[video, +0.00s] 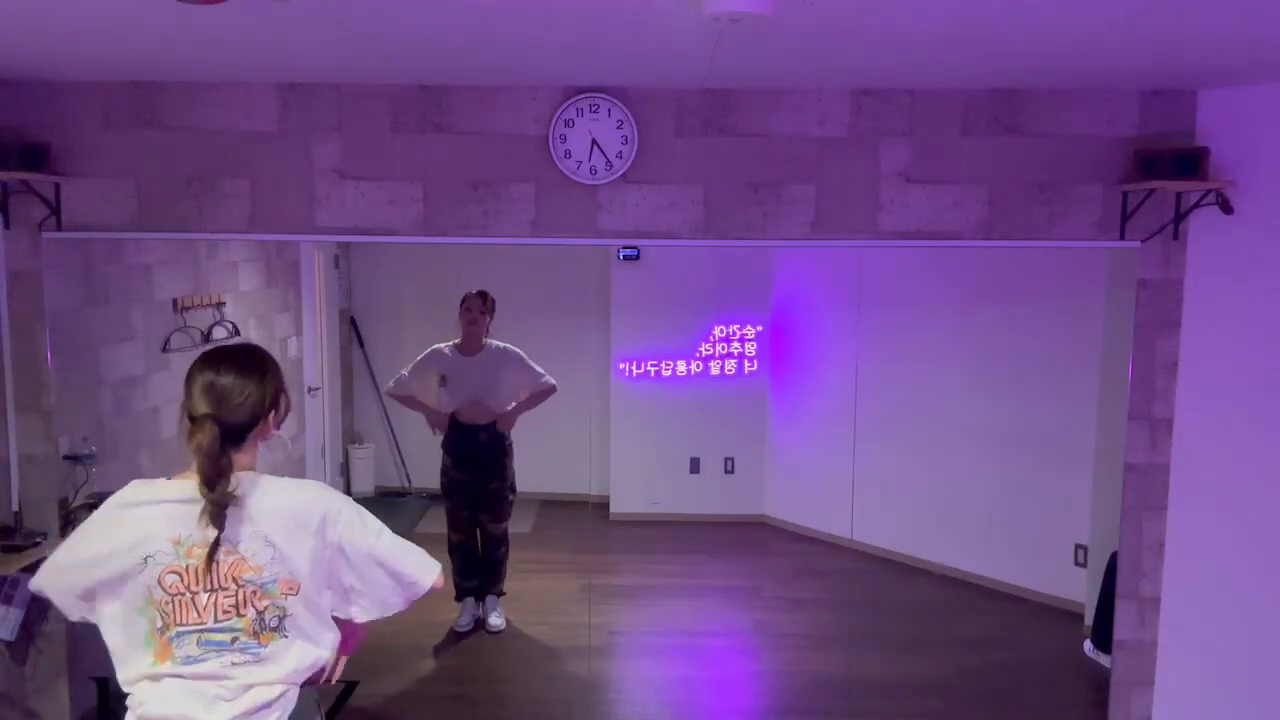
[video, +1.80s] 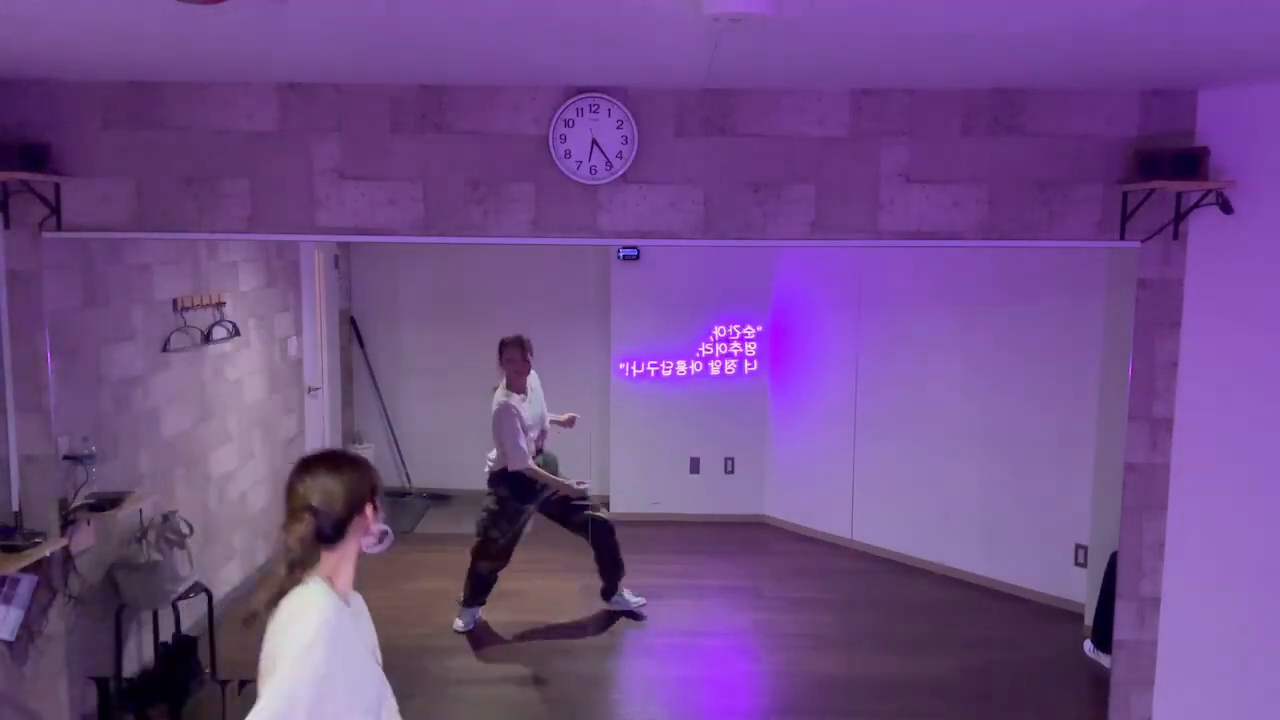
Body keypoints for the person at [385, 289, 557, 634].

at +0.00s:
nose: (472, 316)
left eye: (479, 312)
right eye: (467, 310)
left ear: (489, 320)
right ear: (458, 316)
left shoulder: (505, 355)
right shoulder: (440, 355)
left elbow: (547, 386)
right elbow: (396, 388)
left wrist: (513, 412)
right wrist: (429, 411)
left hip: (494, 445)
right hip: (457, 445)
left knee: (494, 526)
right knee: (459, 527)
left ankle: (493, 600)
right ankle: (468, 601)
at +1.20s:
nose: (462, 320)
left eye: (468, 314)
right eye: (455, 315)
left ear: (478, 319)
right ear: (446, 321)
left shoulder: (498, 353)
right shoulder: (434, 363)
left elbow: (507, 404)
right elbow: (437, 416)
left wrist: (489, 409)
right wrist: (474, 413)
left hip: (494, 442)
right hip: (457, 446)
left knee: (500, 519)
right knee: (459, 524)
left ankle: (490, 548)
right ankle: (468, 597)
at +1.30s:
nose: (463, 321)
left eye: (468, 314)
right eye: (456, 316)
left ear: (479, 317)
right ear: (447, 321)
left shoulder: (502, 352)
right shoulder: (438, 362)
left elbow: (517, 401)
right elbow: (444, 416)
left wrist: (506, 424)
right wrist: (484, 432)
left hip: (499, 446)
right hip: (461, 448)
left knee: (501, 529)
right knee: (462, 529)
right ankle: (468, 601)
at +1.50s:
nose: (471, 321)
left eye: (476, 314)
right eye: (463, 317)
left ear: (487, 318)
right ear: (457, 323)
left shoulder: (509, 350)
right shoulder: (458, 363)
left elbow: (524, 399)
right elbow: (473, 418)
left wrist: (536, 444)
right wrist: (487, 462)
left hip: (511, 437)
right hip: (474, 444)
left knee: (540, 519)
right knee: (469, 525)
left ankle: (502, 512)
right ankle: (469, 600)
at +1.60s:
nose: (483, 326)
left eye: (488, 318)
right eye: (475, 321)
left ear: (499, 321)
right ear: (468, 327)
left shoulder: (513, 350)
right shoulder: (474, 365)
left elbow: (523, 395)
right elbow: (488, 419)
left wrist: (539, 428)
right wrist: (500, 464)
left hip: (518, 441)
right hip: (483, 448)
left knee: (557, 511)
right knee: (477, 528)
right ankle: (469, 601)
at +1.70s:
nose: (499, 343)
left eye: (504, 337)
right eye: (492, 338)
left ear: (513, 338)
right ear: (484, 341)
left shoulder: (519, 361)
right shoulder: (489, 381)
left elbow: (528, 402)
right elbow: (505, 437)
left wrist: (543, 422)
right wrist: (533, 477)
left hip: (527, 452)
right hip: (497, 460)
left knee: (565, 517)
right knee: (482, 534)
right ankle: (469, 606)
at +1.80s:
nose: (516, 367)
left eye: (521, 360)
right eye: (509, 361)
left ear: (529, 360)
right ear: (500, 364)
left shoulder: (532, 379)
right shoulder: (505, 407)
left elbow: (533, 416)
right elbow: (520, 464)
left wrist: (557, 420)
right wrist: (561, 484)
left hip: (539, 472)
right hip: (510, 480)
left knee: (599, 527)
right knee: (493, 545)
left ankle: (613, 592)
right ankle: (470, 607)